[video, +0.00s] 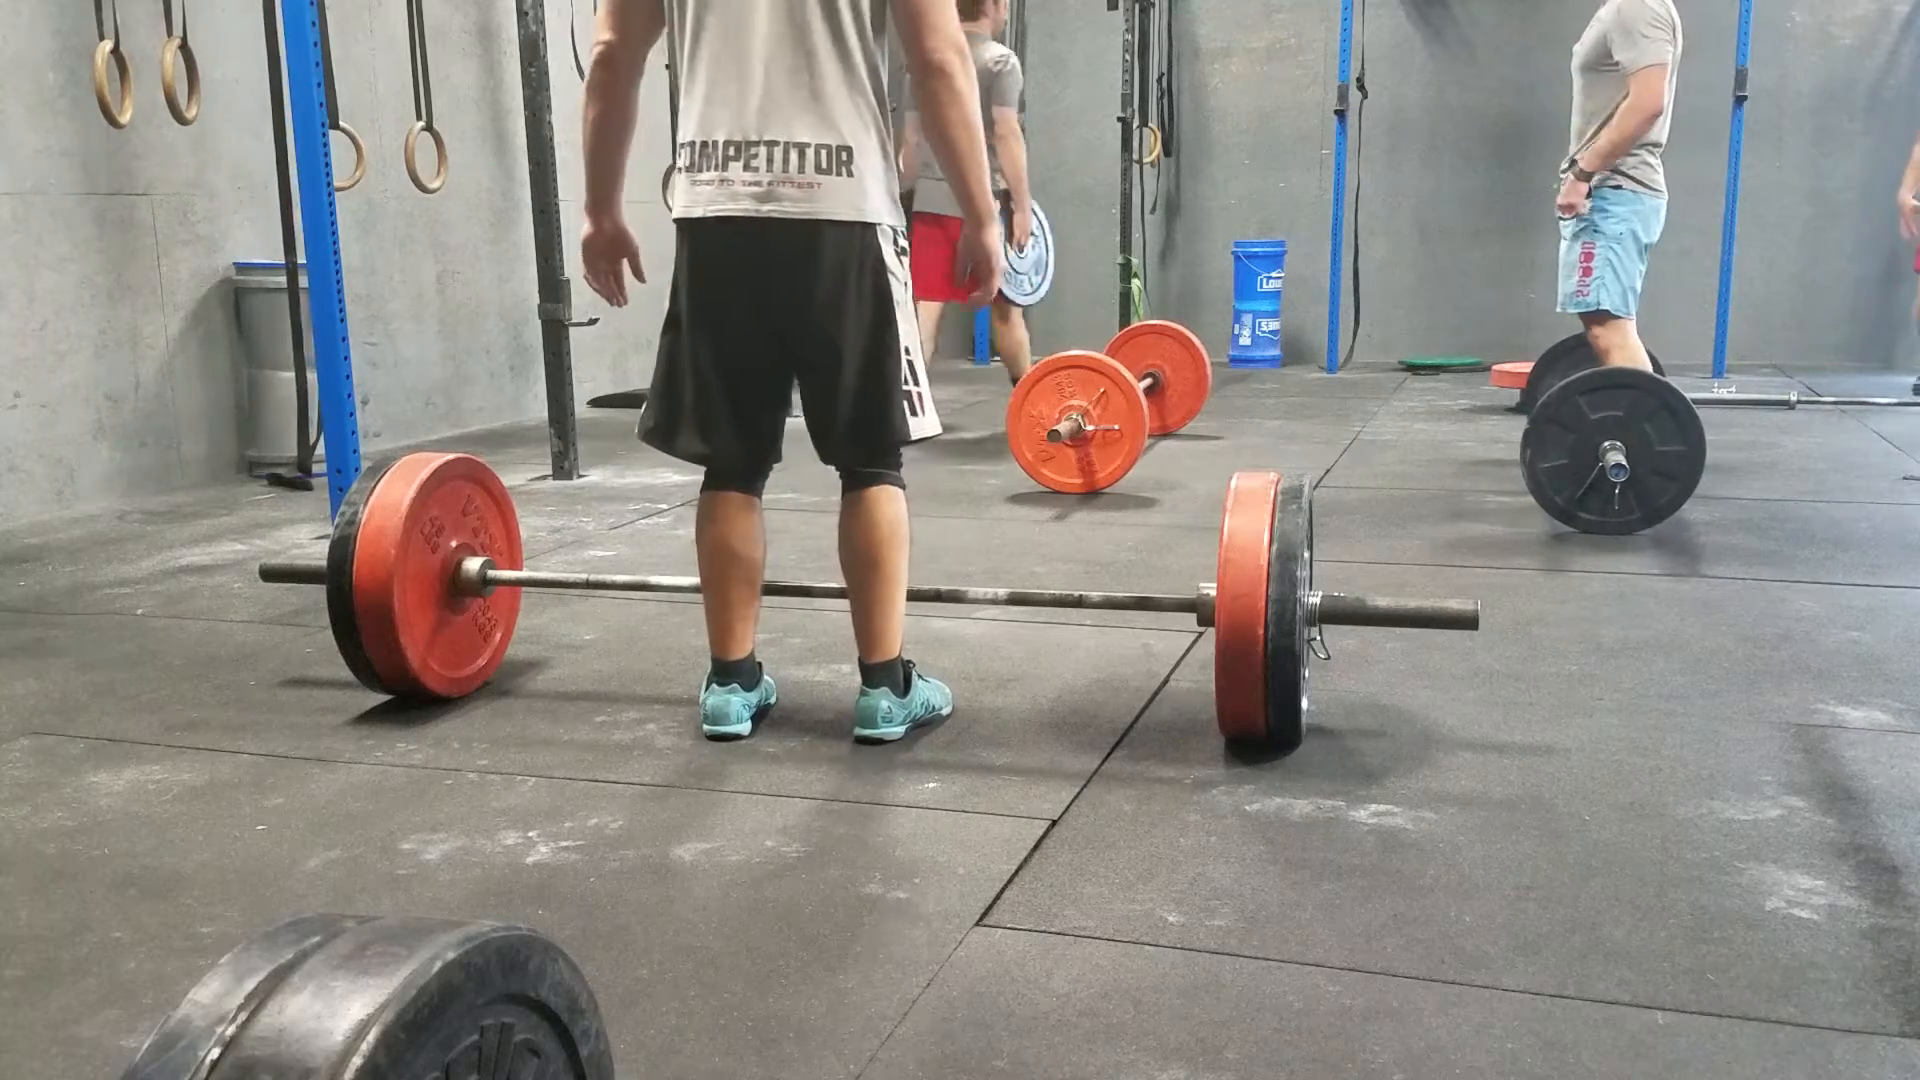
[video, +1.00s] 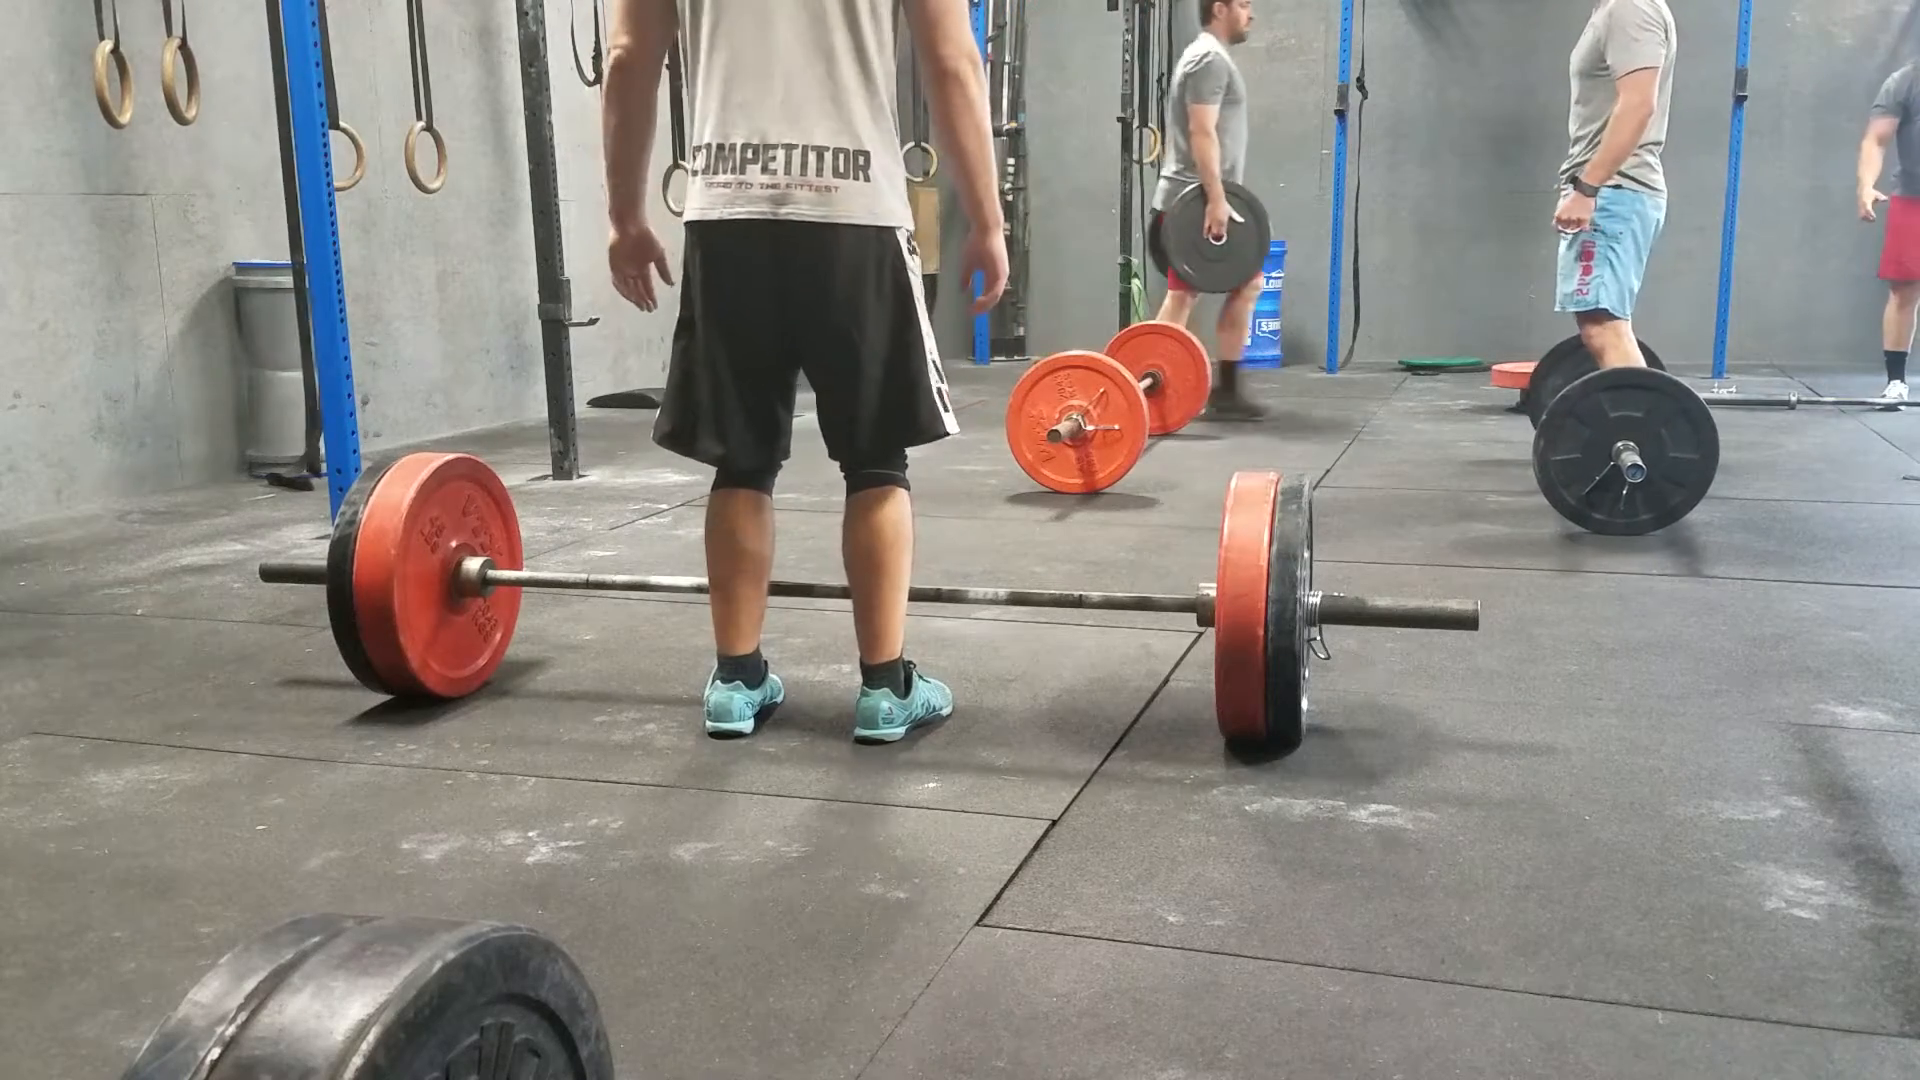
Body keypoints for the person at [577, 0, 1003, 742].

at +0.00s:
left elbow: (614, 55)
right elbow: (938, 60)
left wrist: (602, 213)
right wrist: (981, 216)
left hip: (716, 216)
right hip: (843, 216)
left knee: (732, 461)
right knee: (870, 461)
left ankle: (729, 682)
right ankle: (884, 685)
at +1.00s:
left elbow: (631, 54)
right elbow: (951, 62)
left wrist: (626, 215)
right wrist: (987, 221)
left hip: (724, 216)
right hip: (852, 217)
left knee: (741, 462)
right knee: (876, 464)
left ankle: (734, 679)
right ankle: (884, 685)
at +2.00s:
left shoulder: (690, 6)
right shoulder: (924, 6)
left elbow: (649, 161)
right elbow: (956, 170)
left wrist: (668, 311)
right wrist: (970, 319)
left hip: (697, 209)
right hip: (832, 209)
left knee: (728, 465)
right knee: (881, 464)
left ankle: (734, 679)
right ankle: (884, 686)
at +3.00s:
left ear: (832, 30)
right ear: (908, 56)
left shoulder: (721, 58)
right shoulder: (922, 83)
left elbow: (635, 251)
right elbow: (943, 269)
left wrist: (633, 411)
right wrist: (971, 437)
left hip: (681, 239)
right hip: (817, 240)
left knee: (723, 471)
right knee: (880, 467)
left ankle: (733, 681)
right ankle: (885, 688)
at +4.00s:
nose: (920, 167)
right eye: (922, 159)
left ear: (831, 144)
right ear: (914, 153)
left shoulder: (752, 174)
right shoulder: (938, 204)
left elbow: (670, 408)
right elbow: (960, 385)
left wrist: (663, 524)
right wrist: (995, 538)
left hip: (677, 299)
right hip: (818, 307)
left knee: (739, 480)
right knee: (898, 484)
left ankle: (738, 678)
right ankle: (886, 685)